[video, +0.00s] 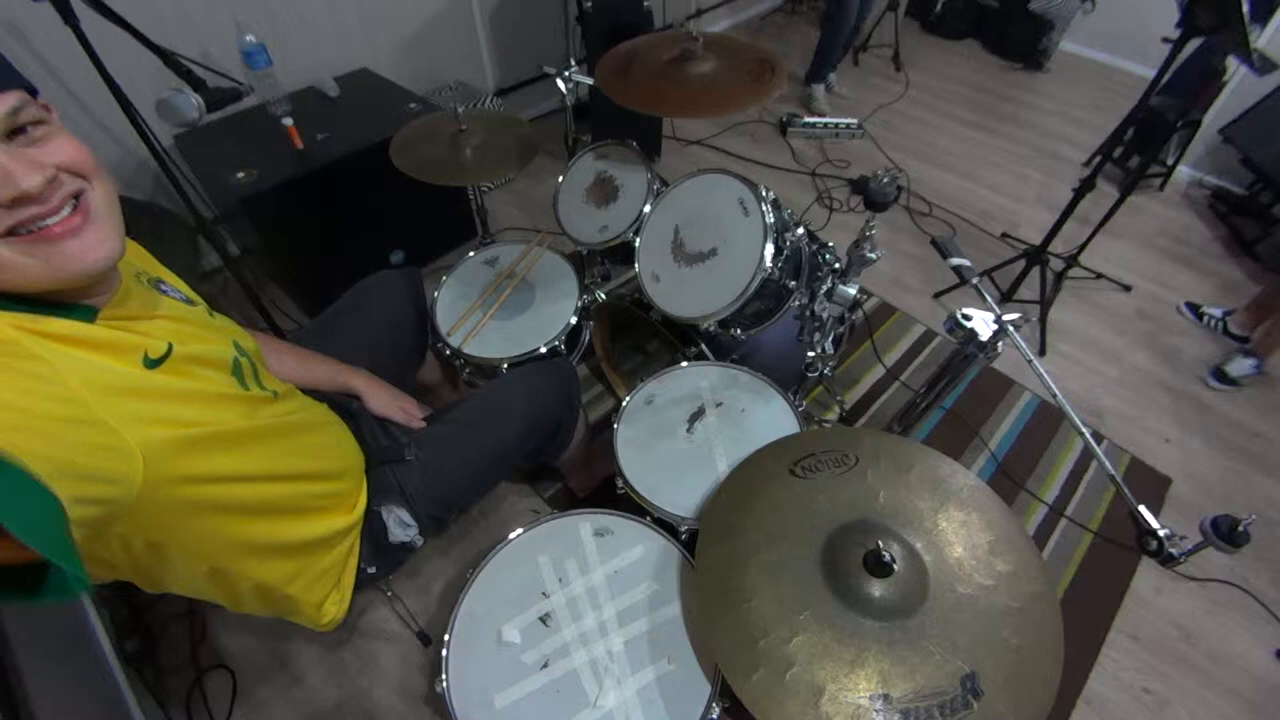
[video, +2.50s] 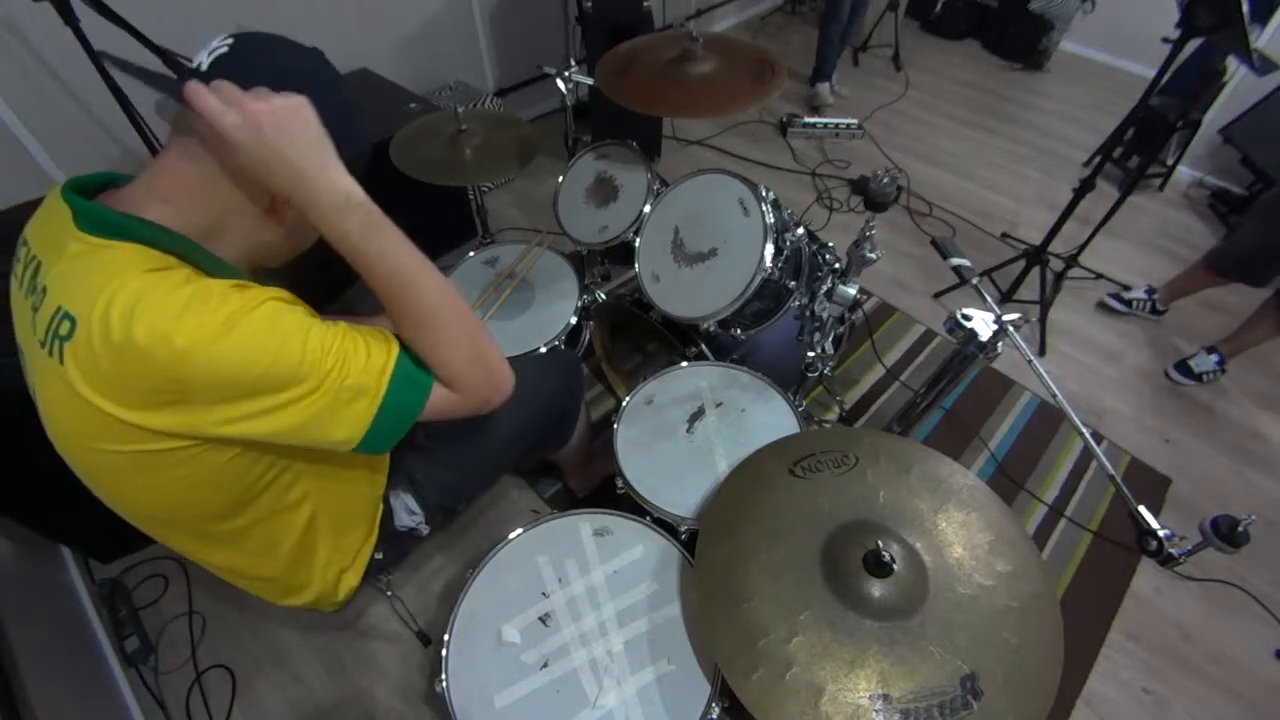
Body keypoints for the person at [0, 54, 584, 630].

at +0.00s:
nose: (29, 179)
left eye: (25, 128)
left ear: (67, 129)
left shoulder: (104, 262)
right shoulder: (37, 434)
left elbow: (227, 347)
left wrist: (357, 382)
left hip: (287, 406)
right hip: (350, 517)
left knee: (404, 290)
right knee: (550, 381)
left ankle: (413, 408)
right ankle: (575, 471)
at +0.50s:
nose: (27, 197)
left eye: (18, 148)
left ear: (56, 139)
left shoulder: (100, 262)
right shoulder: (37, 500)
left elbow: (213, 342)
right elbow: (175, 654)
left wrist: (347, 369)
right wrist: (388, 513)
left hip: (292, 399)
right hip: (341, 519)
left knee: (408, 284)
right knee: (547, 380)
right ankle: (575, 469)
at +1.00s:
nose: (173, 168)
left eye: (153, 139)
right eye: (118, 165)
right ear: (12, 226)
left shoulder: (73, 272)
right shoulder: (117, 422)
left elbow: (201, 339)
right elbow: (384, 467)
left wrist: (352, 318)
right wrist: (332, 267)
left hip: (267, 408)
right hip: (337, 526)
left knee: (394, 331)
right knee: (553, 384)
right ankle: (575, 473)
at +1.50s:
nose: (267, 152)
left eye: (256, 127)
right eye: (235, 139)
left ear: (120, 166)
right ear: (126, 165)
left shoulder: (45, 229)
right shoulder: (189, 354)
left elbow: (228, 334)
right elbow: (412, 431)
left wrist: (374, 322)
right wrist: (372, 245)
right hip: (341, 527)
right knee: (555, 370)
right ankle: (579, 470)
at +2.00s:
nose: (308, 189)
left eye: (313, 165)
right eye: (303, 164)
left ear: (146, 128)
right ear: (255, 169)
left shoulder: (51, 217)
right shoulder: (198, 344)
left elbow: (224, 335)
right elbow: (440, 429)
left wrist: (376, 322)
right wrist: (375, 236)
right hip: (334, 532)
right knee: (552, 366)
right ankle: (583, 472)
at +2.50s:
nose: (313, 224)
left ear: (184, 131)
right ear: (285, 203)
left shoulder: (70, 217)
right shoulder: (182, 334)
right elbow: (481, 379)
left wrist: (362, 330)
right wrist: (325, 190)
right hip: (335, 528)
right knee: (553, 379)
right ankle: (584, 469)